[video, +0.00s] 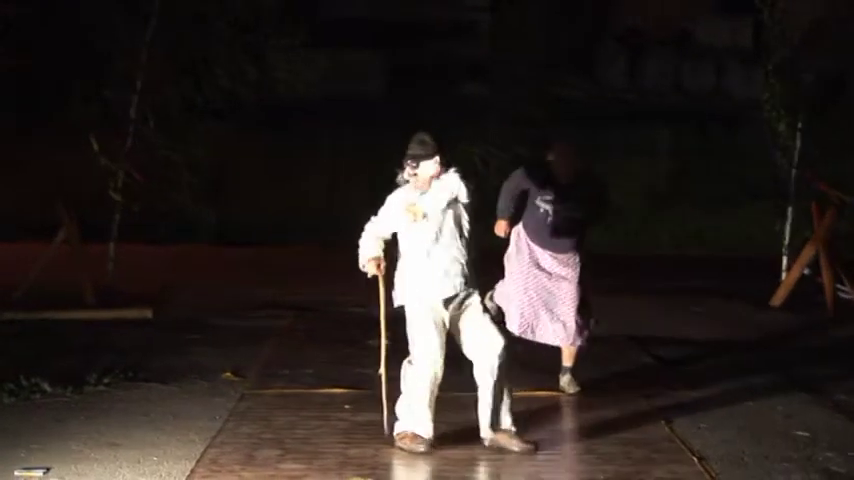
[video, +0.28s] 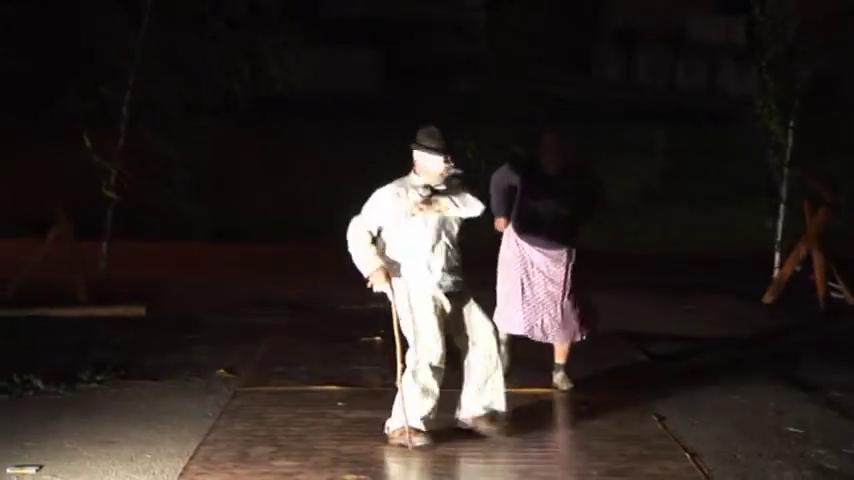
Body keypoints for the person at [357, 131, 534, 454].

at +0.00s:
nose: (416, 170)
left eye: (424, 162)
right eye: (414, 163)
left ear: (437, 163)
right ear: (409, 166)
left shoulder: (453, 188)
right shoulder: (401, 200)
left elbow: (455, 190)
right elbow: (374, 230)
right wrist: (372, 253)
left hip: (461, 292)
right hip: (420, 295)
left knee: (491, 348)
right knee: (428, 360)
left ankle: (497, 428)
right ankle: (409, 429)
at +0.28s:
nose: (448, 165)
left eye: (448, 159)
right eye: (440, 159)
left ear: (447, 161)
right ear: (419, 160)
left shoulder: (451, 195)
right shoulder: (392, 196)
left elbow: (476, 208)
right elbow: (358, 231)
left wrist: (437, 202)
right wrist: (372, 267)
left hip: (452, 288)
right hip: (413, 288)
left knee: (485, 337)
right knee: (428, 352)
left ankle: (473, 411)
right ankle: (403, 424)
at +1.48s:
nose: (473, 152)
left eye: (473, 146)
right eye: (470, 147)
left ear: (453, 146)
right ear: (458, 148)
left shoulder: (447, 175)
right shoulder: (440, 178)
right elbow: (440, 228)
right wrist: (473, 246)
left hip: (435, 267)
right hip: (433, 269)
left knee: (432, 326)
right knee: (460, 325)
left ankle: (413, 388)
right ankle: (431, 392)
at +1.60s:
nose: (476, 156)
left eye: (475, 151)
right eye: (473, 151)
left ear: (448, 149)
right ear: (463, 151)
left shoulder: (429, 177)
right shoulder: (446, 181)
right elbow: (451, 229)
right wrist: (482, 248)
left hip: (420, 262)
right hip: (435, 265)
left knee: (442, 323)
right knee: (469, 320)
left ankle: (416, 390)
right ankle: (442, 388)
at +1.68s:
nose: (478, 155)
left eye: (478, 149)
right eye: (476, 148)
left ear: (452, 145)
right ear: (467, 146)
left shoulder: (430, 168)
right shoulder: (454, 171)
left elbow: (408, 203)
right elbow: (456, 212)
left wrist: (438, 217)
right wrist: (482, 243)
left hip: (419, 257)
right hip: (438, 261)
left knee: (436, 322)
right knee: (467, 325)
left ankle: (416, 390)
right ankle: (447, 395)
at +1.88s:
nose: (485, 156)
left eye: (487, 150)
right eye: (486, 150)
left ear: (462, 140)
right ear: (479, 146)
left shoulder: (432, 160)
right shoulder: (460, 166)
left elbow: (407, 195)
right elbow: (454, 204)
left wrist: (437, 209)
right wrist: (481, 229)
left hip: (421, 261)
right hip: (445, 264)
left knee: (423, 322)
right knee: (452, 326)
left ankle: (412, 390)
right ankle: (442, 398)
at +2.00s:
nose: (490, 160)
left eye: (491, 154)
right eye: (488, 153)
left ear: (464, 147)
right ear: (473, 149)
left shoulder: (433, 168)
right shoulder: (452, 176)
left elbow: (415, 207)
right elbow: (449, 227)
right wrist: (480, 245)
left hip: (423, 259)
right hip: (447, 262)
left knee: (427, 322)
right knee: (476, 317)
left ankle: (413, 393)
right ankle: (449, 389)